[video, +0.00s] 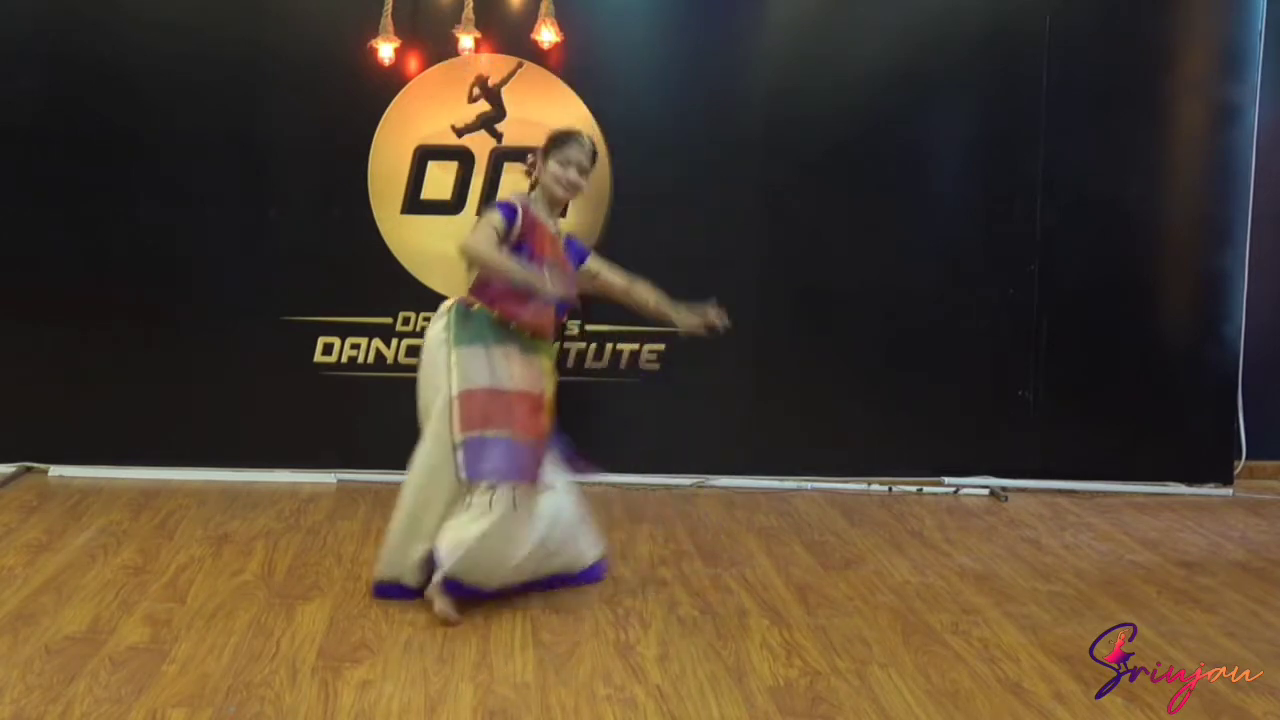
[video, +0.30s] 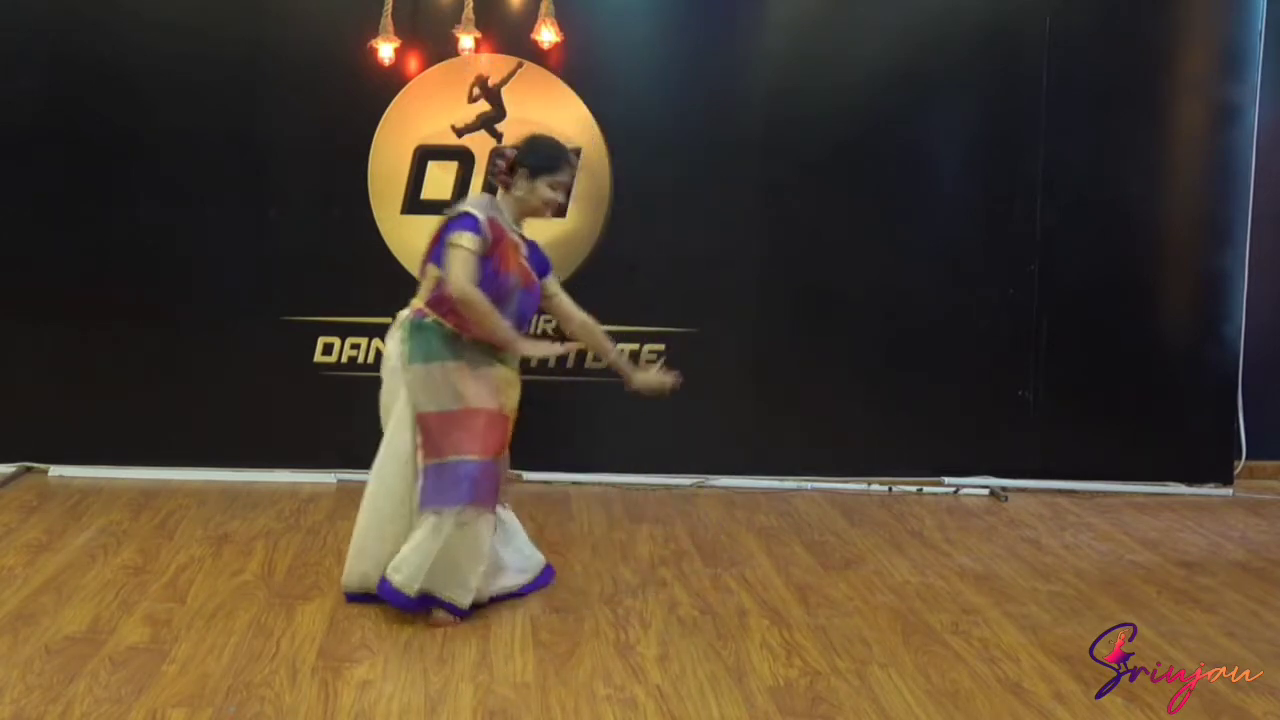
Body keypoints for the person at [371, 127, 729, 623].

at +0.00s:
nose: (573, 177)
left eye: (582, 172)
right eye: (565, 164)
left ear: (587, 183)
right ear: (540, 164)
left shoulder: (566, 249)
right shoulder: (509, 211)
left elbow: (625, 284)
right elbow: (476, 247)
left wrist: (678, 312)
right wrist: (537, 280)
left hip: (522, 354)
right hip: (471, 340)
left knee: (526, 459)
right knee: (493, 458)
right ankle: (444, 569)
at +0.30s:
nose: (561, 202)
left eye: (566, 193)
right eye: (556, 189)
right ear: (520, 177)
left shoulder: (528, 253)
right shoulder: (473, 219)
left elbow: (575, 318)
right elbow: (458, 288)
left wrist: (630, 371)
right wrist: (516, 341)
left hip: (475, 356)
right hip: (429, 344)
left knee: (478, 455)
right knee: (463, 452)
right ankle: (421, 578)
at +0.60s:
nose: (427, 122)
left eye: (439, 112)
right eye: (425, 113)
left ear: (474, 124)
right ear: (424, 124)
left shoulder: (497, 203)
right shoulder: (404, 170)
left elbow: (534, 244)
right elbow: (345, 134)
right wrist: (292, 85)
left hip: (448, 333)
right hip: (382, 324)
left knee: (439, 461)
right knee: (343, 446)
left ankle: (422, 583)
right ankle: (358, 557)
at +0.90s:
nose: (369, 100)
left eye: (383, 93)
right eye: (368, 92)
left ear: (415, 109)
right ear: (363, 105)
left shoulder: (425, 172)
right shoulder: (331, 146)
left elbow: (475, 184)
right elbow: (263, 97)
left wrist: (411, 178)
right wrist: (238, 21)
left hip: (378, 312)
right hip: (308, 302)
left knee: (381, 447)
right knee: (303, 439)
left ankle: (405, 573)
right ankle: (307, 577)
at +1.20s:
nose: (347, 172)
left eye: (362, 169)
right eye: (343, 159)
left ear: (375, 185)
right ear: (327, 160)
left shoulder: (370, 253)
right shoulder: (281, 210)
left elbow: (432, 314)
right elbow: (209, 245)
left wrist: (460, 375)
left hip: (311, 379)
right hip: (243, 360)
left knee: (278, 492)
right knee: (226, 488)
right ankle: (185, 615)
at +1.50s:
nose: (329, 168)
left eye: (342, 163)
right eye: (322, 152)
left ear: (345, 173)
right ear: (290, 142)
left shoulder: (326, 230)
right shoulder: (242, 193)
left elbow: (396, 274)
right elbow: (176, 230)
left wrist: (403, 309)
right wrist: (242, 293)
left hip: (279, 372)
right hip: (214, 362)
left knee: (265, 486)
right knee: (205, 486)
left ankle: (253, 603)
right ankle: (173, 614)